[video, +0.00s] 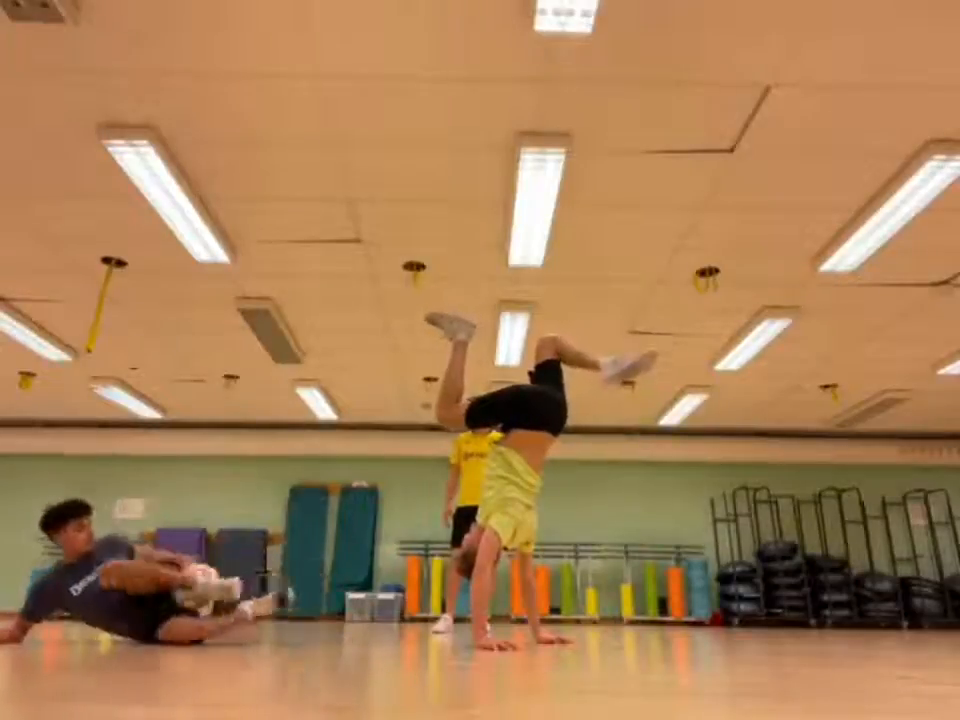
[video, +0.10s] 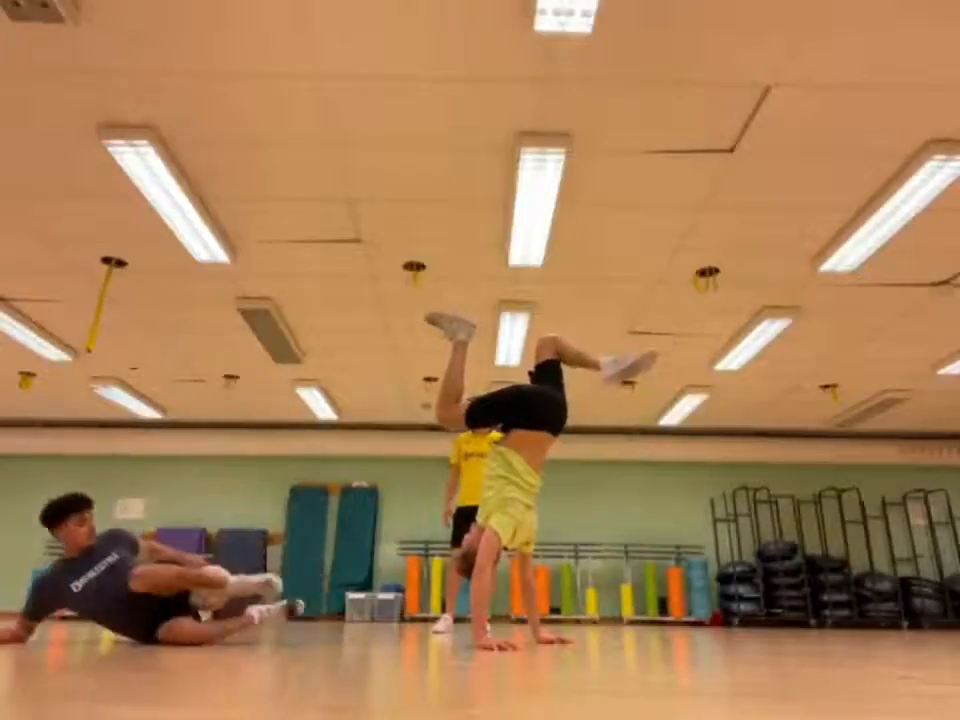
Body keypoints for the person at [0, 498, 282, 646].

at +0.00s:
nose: (88, 535)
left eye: (88, 528)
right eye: (79, 530)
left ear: (90, 530)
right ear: (59, 537)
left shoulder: (110, 546)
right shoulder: (49, 586)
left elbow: (149, 556)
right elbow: (16, 631)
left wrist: (184, 565)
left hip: (161, 589)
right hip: (148, 622)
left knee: (112, 571)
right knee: (189, 630)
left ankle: (197, 584)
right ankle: (245, 613)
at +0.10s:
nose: (90, 529)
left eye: (90, 522)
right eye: (81, 524)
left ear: (89, 524)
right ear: (60, 532)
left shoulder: (114, 539)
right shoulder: (50, 585)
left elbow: (155, 551)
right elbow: (20, 631)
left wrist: (195, 561)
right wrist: (2, 634)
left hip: (169, 588)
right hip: (152, 623)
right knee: (186, 633)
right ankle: (253, 618)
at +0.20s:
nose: (104, 524)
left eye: (105, 517)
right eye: (95, 519)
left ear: (107, 516)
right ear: (74, 524)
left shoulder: (127, 534)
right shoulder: (59, 577)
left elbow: (165, 552)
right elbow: (26, 628)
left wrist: (211, 567)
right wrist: (15, 633)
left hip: (165, 584)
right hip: (149, 621)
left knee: (178, 580)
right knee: (190, 631)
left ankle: (256, 582)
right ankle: (253, 625)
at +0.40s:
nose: (151, 512)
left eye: (151, 505)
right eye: (144, 505)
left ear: (142, 507)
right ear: (120, 507)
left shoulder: (154, 529)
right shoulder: (89, 551)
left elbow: (175, 560)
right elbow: (57, 593)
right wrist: (27, 628)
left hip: (182, 588)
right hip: (155, 621)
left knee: (217, 579)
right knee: (198, 629)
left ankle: (277, 600)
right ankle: (253, 630)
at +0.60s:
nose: (163, 517)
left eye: (164, 509)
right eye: (158, 508)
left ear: (154, 509)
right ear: (134, 507)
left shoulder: (164, 536)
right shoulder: (103, 545)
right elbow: (60, 584)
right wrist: (37, 629)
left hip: (190, 596)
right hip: (157, 623)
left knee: (216, 536)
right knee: (193, 617)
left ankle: (260, 583)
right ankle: (260, 631)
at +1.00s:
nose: (165, 515)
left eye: (166, 508)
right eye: (158, 508)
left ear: (162, 506)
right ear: (135, 508)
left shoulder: (170, 530)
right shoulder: (103, 541)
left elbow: (194, 567)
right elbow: (65, 579)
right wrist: (35, 630)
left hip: (186, 591)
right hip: (146, 617)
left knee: (255, 557)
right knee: (179, 613)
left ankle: (280, 605)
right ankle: (256, 626)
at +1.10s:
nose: (171, 511)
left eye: (171, 504)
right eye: (164, 505)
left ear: (166, 504)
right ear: (143, 505)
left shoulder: (180, 524)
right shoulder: (111, 536)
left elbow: (214, 555)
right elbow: (72, 575)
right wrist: (44, 627)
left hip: (201, 589)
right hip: (153, 613)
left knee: (269, 566)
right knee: (183, 609)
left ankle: (274, 620)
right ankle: (254, 632)